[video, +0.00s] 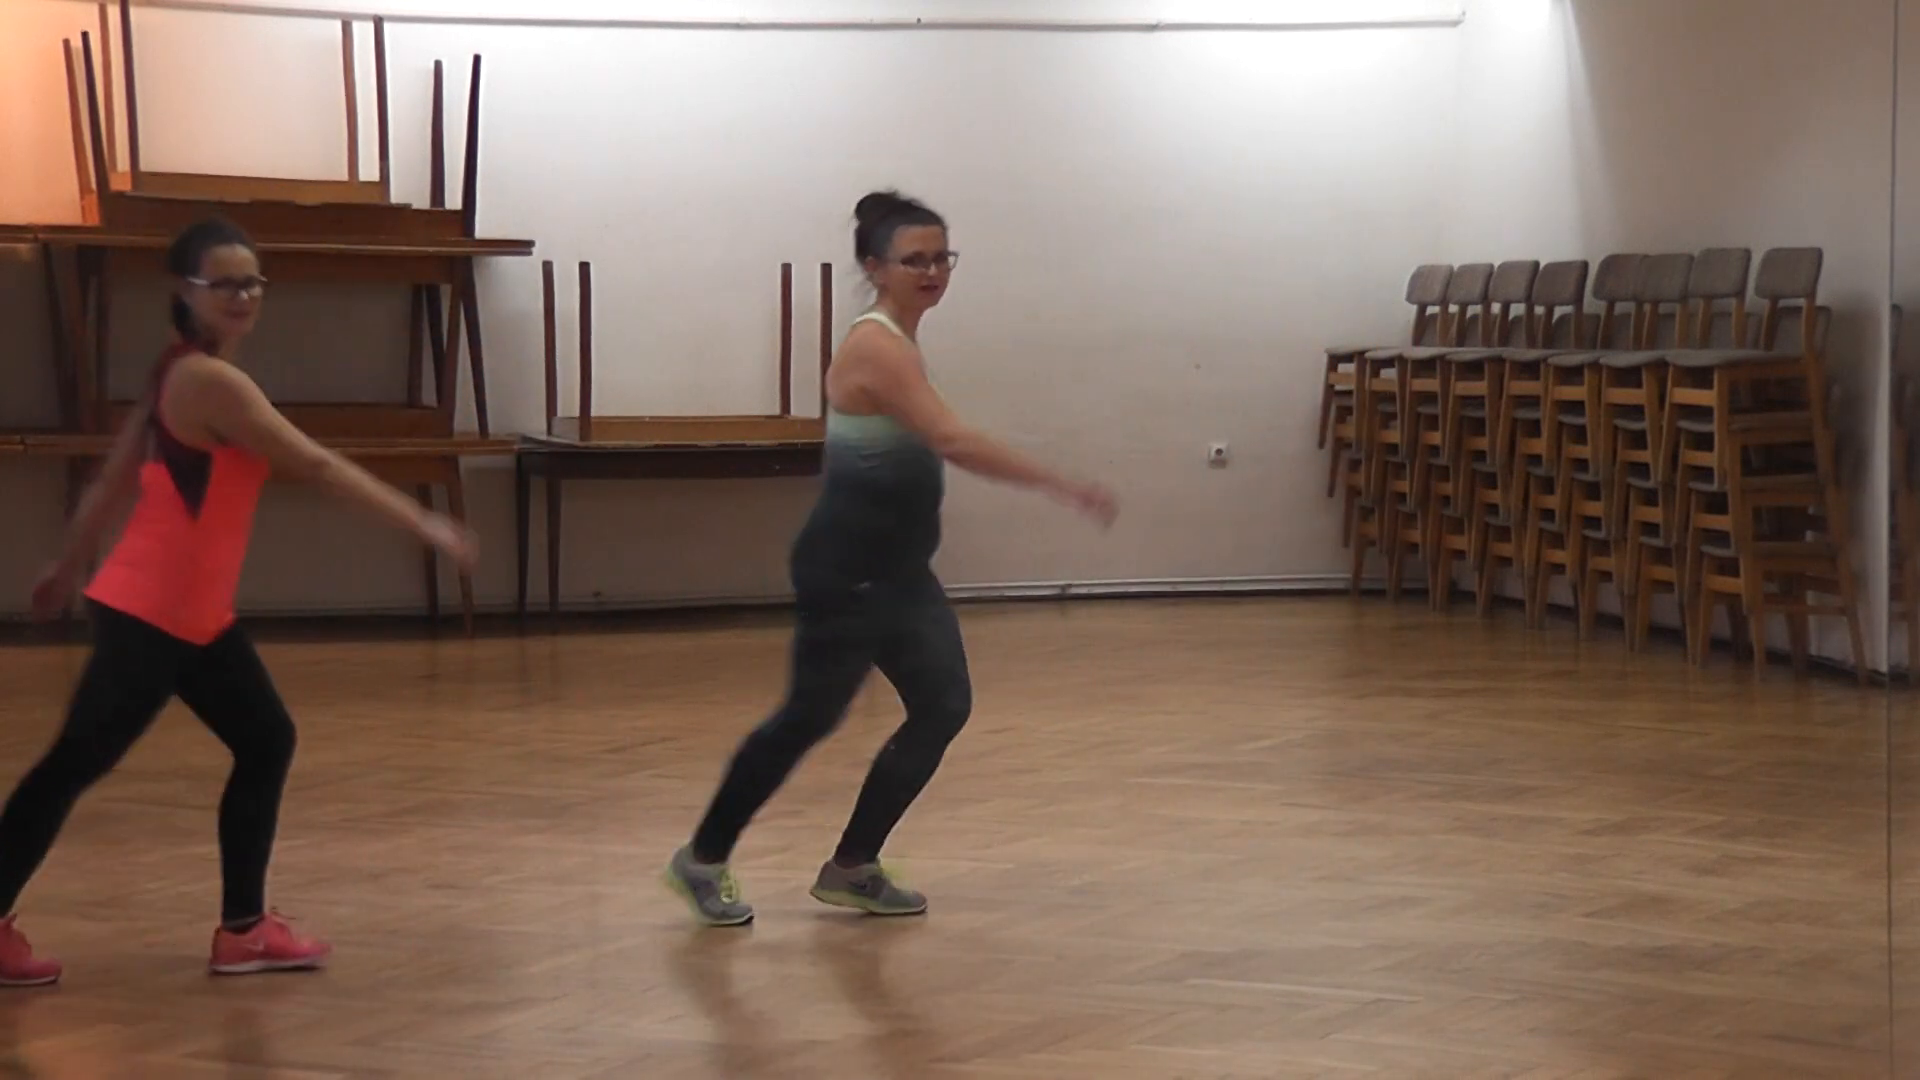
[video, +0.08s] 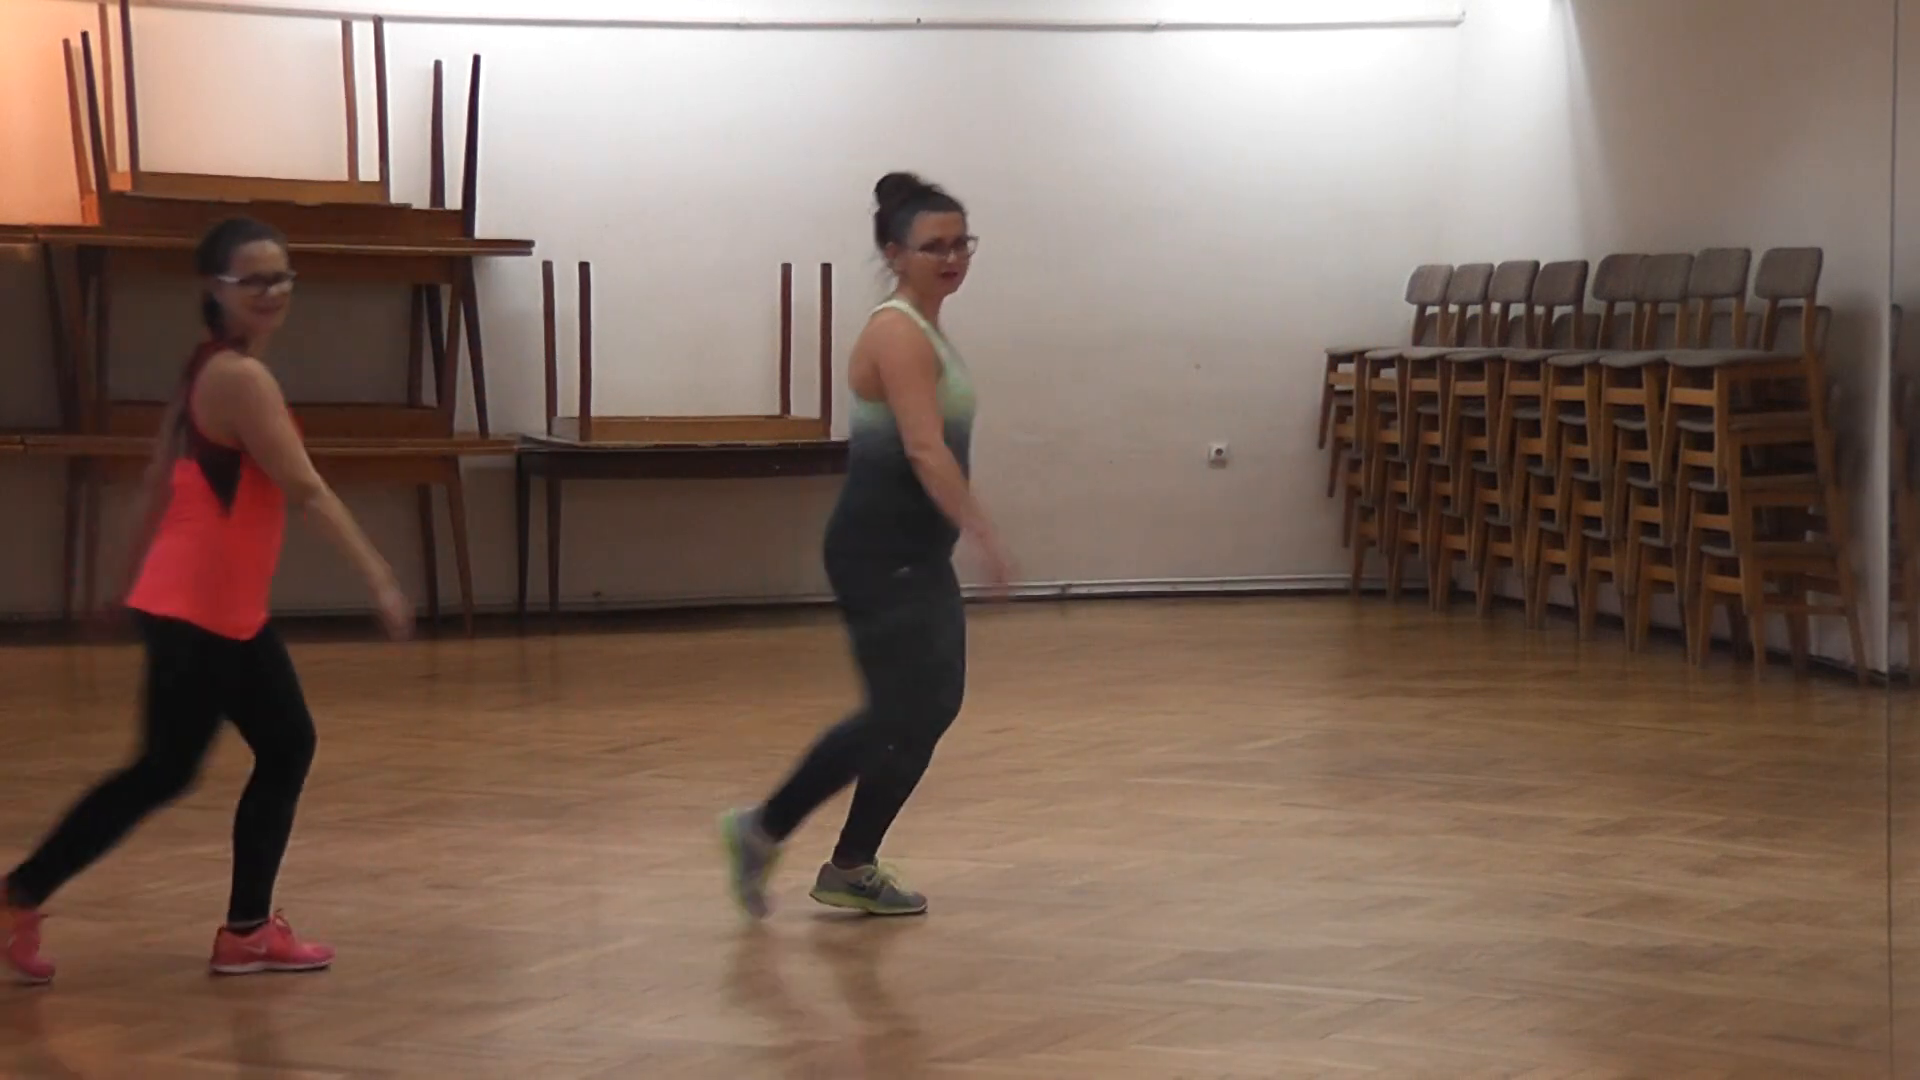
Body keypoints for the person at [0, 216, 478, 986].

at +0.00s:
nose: (244, 299)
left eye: (253, 285)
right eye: (226, 286)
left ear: (260, 289)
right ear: (185, 291)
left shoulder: (182, 376)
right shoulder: (209, 380)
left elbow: (115, 479)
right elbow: (316, 463)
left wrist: (71, 561)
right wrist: (427, 523)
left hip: (194, 617)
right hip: (147, 614)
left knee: (266, 739)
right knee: (71, 764)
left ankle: (244, 927)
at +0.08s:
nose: (273, 294)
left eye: (281, 280)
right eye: (255, 282)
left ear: (289, 283)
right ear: (214, 289)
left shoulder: (213, 371)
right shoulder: (239, 377)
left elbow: (159, 482)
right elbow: (308, 492)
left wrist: (127, 579)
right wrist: (380, 579)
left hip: (228, 612)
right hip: (194, 612)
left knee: (288, 743)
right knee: (167, 767)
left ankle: (248, 928)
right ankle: (19, 895)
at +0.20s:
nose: (321, 264)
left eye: (326, 250)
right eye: (301, 254)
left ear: (334, 256)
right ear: (262, 268)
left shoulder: (292, 347)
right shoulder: (273, 354)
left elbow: (248, 469)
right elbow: (263, 481)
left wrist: (283, 581)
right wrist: (272, 598)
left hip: (263, 579)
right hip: (249, 582)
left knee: (284, 746)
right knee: (305, 740)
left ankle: (248, 927)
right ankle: (167, 865)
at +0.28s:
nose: (349, 258)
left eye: (356, 243)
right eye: (330, 247)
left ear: (364, 250)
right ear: (289, 260)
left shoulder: (338, 341)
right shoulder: (295, 351)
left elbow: (313, 466)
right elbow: (243, 463)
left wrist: (358, 538)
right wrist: (213, 575)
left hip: (302, 580)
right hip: (291, 583)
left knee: (274, 743)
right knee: (379, 713)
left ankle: (245, 923)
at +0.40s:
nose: (394, 271)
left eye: (401, 258)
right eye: (375, 262)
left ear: (412, 267)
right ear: (335, 274)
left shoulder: (396, 353)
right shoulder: (330, 363)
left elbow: (400, 475)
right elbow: (248, 456)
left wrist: (478, 524)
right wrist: (181, 542)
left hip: (354, 594)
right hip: (342, 597)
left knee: (289, 756)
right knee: (440, 730)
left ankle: (246, 927)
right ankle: (483, 918)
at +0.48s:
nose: (427, 278)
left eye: (433, 264)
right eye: (407, 269)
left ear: (443, 272)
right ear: (367, 284)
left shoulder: (437, 363)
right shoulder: (368, 373)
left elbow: (443, 479)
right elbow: (284, 461)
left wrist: (529, 529)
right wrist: (208, 544)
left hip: (411, 602)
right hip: (389, 606)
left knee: (360, 754)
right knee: (480, 735)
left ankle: (257, 911)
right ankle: (502, 924)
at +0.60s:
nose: (475, 265)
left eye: (482, 250)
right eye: (455, 256)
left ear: (494, 257)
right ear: (420, 273)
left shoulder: (495, 349)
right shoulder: (421, 360)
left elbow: (501, 472)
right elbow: (373, 472)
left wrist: (572, 529)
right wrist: (343, 569)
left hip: (491, 582)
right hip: (438, 584)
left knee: (504, 742)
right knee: (502, 740)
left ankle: (366, 848)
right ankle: (504, 923)